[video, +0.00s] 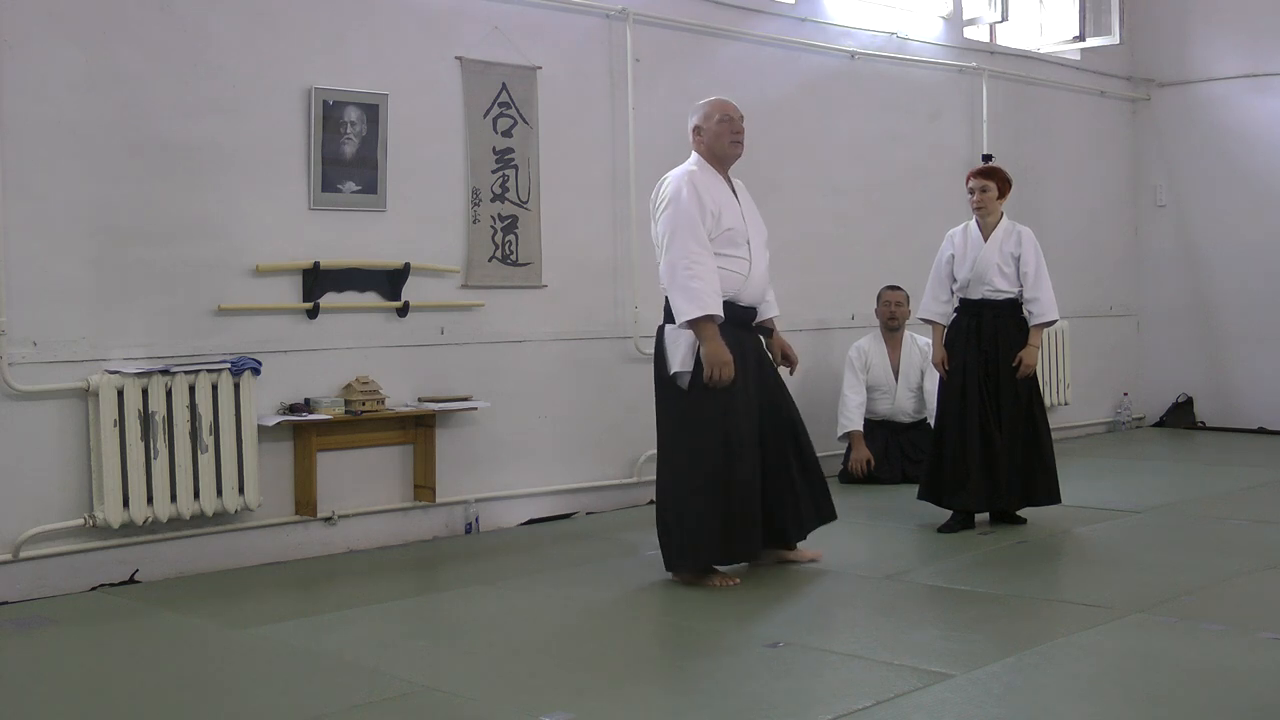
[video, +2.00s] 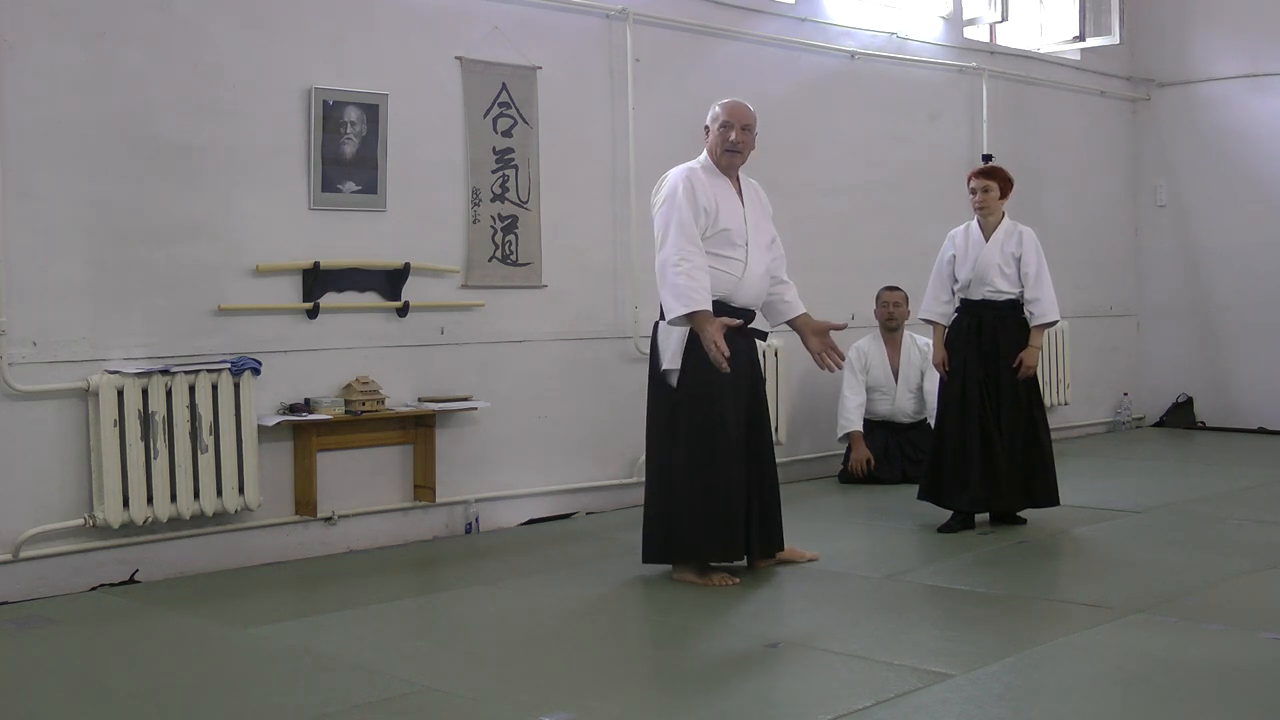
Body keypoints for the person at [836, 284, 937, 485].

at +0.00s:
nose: (892, 310)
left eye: (899, 305)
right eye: (886, 305)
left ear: (909, 313)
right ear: (876, 312)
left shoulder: (926, 348)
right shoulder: (861, 350)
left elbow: (935, 397)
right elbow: (852, 397)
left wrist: (944, 437)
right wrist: (857, 443)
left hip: (916, 431)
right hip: (874, 431)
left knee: (937, 473)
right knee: (855, 472)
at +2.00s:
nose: (891, 310)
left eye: (897, 305)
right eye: (885, 305)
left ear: (908, 313)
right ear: (875, 313)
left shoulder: (925, 348)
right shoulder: (861, 350)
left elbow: (935, 397)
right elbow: (851, 398)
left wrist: (944, 436)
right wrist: (857, 443)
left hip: (916, 430)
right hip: (874, 431)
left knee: (935, 473)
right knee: (855, 472)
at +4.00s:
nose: (889, 320)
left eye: (896, 313)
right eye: (884, 313)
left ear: (908, 316)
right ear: (876, 314)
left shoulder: (927, 350)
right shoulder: (861, 351)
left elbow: (936, 398)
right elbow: (852, 399)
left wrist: (946, 438)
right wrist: (857, 443)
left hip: (917, 430)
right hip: (875, 431)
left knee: (937, 470)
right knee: (856, 471)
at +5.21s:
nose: (894, 316)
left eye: (899, 309)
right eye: (888, 309)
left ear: (908, 313)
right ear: (878, 314)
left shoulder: (914, 345)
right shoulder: (863, 347)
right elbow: (852, 394)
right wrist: (857, 441)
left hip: (908, 424)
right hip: (873, 425)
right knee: (853, 471)